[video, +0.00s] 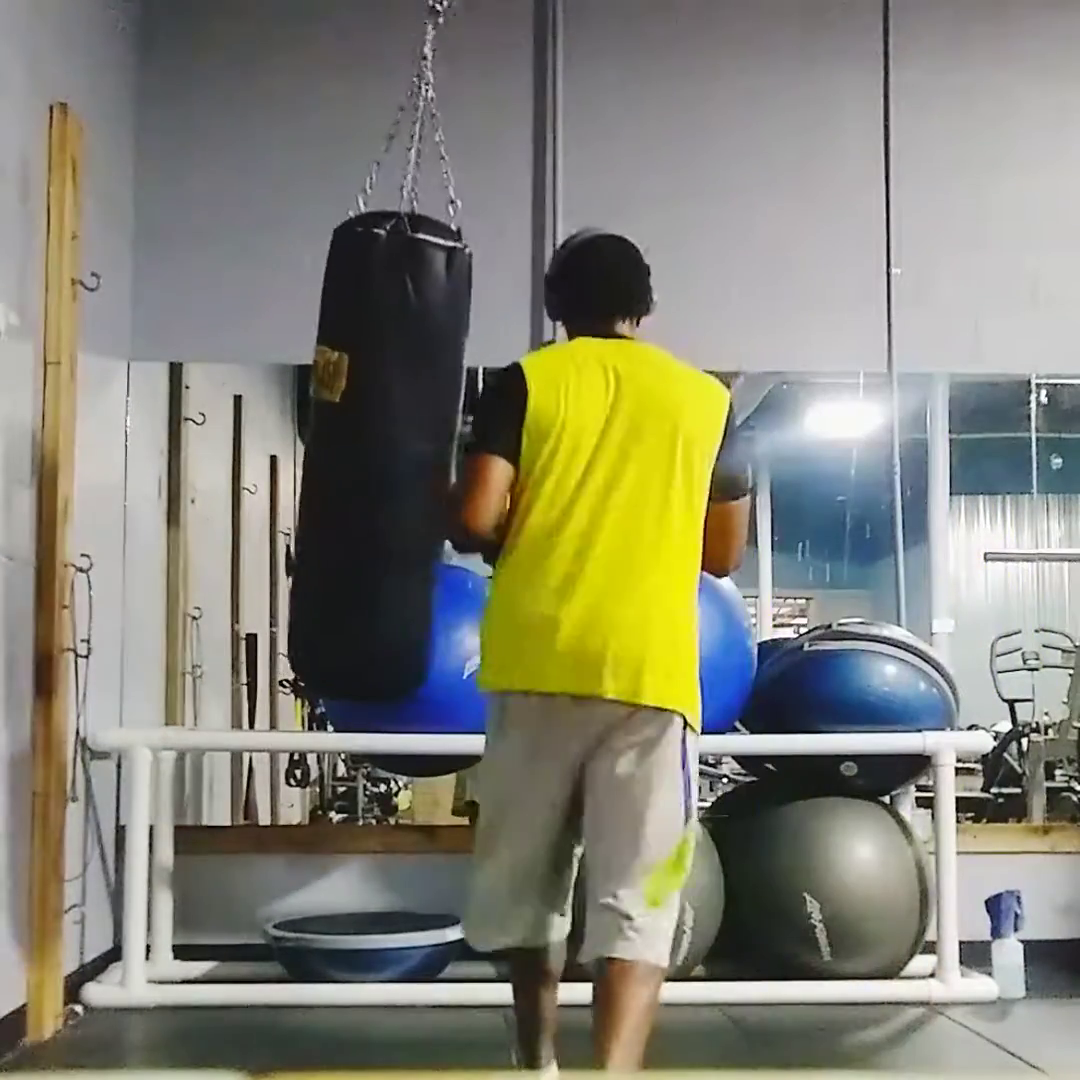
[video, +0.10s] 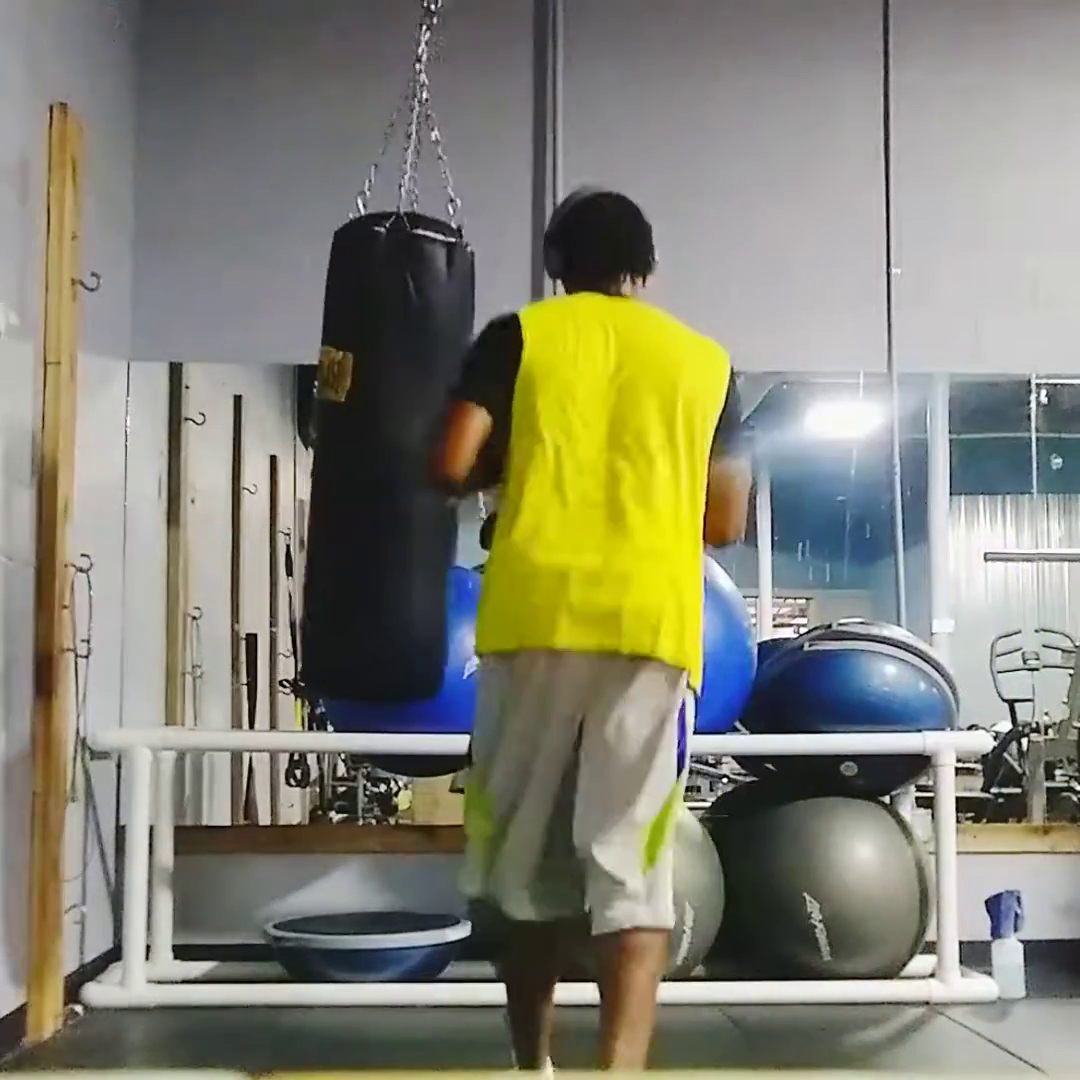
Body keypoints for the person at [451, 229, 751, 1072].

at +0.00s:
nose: (555, 320)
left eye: (556, 307)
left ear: (557, 309)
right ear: (644, 311)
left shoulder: (528, 381)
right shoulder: (707, 400)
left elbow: (479, 519)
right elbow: (722, 552)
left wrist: (518, 525)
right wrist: (646, 522)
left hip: (538, 659)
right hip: (653, 666)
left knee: (526, 876)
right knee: (640, 888)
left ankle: (537, 1063)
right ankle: (619, 1072)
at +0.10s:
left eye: (556, 265)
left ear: (555, 267)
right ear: (645, 272)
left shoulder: (518, 334)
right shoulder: (705, 360)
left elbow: (453, 463)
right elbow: (725, 519)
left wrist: (507, 466)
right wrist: (644, 484)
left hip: (533, 620)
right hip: (654, 626)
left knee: (521, 854)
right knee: (634, 856)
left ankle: (534, 1062)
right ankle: (625, 1068)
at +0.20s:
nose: (548, 251)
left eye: (550, 237)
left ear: (554, 238)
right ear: (644, 249)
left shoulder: (509, 302)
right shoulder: (702, 337)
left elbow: (433, 430)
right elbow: (726, 499)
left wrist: (505, 438)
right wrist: (642, 477)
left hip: (529, 587)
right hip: (650, 599)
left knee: (523, 842)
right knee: (636, 842)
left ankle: (525, 1062)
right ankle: (645, 1065)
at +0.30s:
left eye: (549, 252)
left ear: (550, 254)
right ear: (642, 263)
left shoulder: (500, 325)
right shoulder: (699, 356)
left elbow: (407, 452)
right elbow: (728, 515)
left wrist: (498, 431)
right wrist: (640, 474)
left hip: (517, 626)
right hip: (648, 638)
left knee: (514, 883)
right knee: (644, 887)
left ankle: (520, 1072)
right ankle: (641, 1072)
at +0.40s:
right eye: (632, 256)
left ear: (537, 253)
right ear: (626, 261)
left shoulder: (487, 331)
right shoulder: (684, 356)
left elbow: (403, 476)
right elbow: (715, 521)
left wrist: (496, 472)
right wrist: (629, 489)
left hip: (510, 640)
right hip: (637, 647)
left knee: (510, 884)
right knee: (646, 891)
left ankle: (514, 1072)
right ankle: (643, 1073)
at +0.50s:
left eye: (511, 207)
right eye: (611, 211)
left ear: (513, 210)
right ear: (609, 216)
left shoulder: (469, 287)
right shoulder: (673, 305)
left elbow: (409, 446)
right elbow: (704, 468)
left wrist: (486, 441)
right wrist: (616, 447)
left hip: (494, 582)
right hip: (624, 590)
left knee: (478, 836)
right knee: (627, 839)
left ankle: (454, 1065)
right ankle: (646, 1066)